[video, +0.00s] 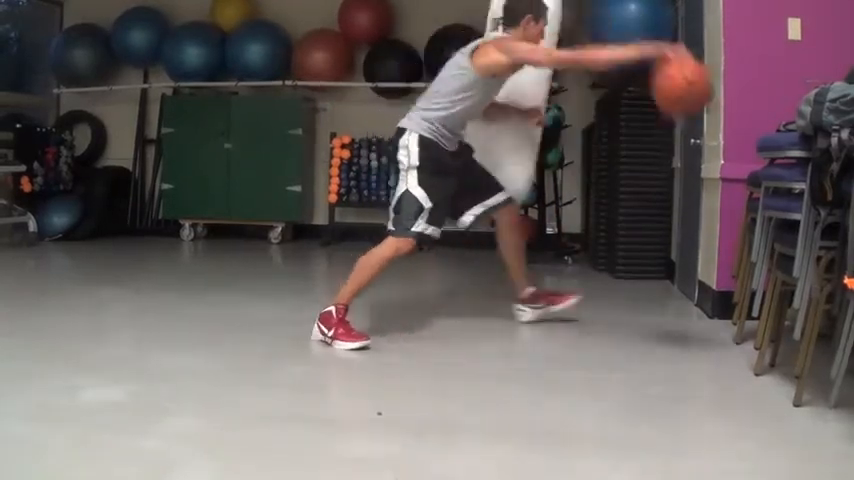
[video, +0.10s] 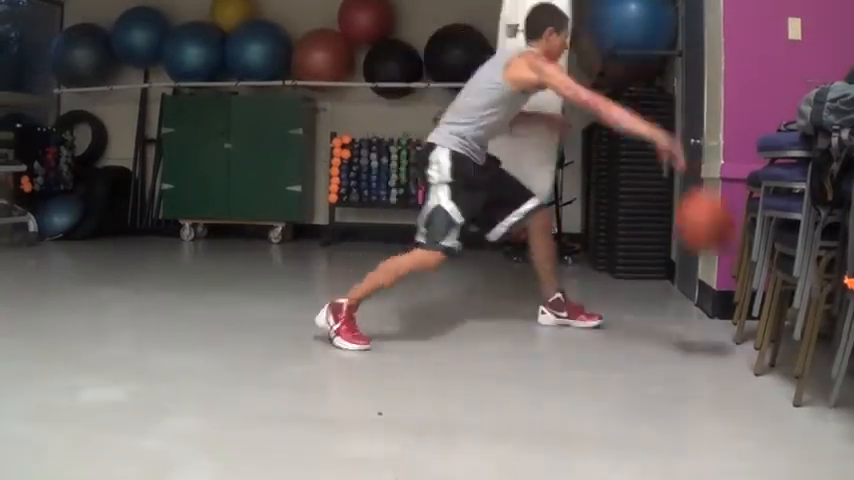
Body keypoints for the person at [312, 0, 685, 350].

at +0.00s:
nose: (542, 41)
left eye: (542, 34)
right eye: (539, 32)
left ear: (521, 25)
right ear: (523, 25)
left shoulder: (493, 53)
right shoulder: (494, 49)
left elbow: (473, 102)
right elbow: (582, 59)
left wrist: (521, 113)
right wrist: (649, 49)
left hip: (452, 150)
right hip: (419, 143)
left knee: (507, 210)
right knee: (405, 237)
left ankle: (525, 297)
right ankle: (334, 314)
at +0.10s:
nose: (565, 46)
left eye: (565, 39)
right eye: (564, 39)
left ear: (538, 35)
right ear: (549, 36)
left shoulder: (510, 62)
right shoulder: (532, 64)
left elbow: (500, 113)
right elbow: (594, 104)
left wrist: (550, 122)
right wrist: (657, 135)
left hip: (474, 159)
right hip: (449, 155)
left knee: (538, 215)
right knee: (435, 252)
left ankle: (554, 304)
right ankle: (343, 308)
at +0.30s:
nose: (604, 79)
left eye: (605, 73)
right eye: (605, 72)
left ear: (581, 64)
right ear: (593, 68)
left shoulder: (557, 87)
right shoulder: (561, 88)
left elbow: (541, 122)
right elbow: (602, 145)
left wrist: (579, 132)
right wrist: (670, 162)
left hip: (498, 165)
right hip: (469, 157)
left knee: (563, 213)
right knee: (505, 242)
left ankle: (558, 303)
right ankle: (410, 305)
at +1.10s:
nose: (621, 42)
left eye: (622, 36)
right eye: (620, 34)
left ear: (598, 26)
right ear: (607, 29)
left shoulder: (576, 51)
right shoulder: (578, 51)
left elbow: (586, 100)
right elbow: (595, 98)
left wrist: (623, 100)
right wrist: (631, 94)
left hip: (538, 145)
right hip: (519, 141)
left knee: (574, 210)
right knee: (535, 227)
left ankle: (553, 283)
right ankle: (480, 314)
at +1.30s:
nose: (621, 69)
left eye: (622, 63)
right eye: (621, 62)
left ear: (597, 56)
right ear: (607, 58)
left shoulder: (573, 74)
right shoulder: (581, 85)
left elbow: (581, 121)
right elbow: (582, 146)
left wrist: (611, 104)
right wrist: (612, 198)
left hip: (541, 166)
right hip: (517, 162)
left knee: (579, 226)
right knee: (552, 230)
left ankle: (552, 285)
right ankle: (499, 313)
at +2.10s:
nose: (531, 14)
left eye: (530, 12)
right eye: (531, 11)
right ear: (522, 3)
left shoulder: (448, 25)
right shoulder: (520, 23)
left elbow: (431, 111)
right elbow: (517, 108)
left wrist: (415, 179)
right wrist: (514, 165)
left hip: (439, 152)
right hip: (478, 142)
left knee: (507, 227)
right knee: (521, 265)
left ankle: (500, 315)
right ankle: (455, 381)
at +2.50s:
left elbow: (269, 27)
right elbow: (445, 50)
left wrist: (267, 76)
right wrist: (475, 141)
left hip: (310, 111)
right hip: (383, 114)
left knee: (247, 237)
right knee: (463, 241)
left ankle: (165, 356)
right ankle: (476, 368)